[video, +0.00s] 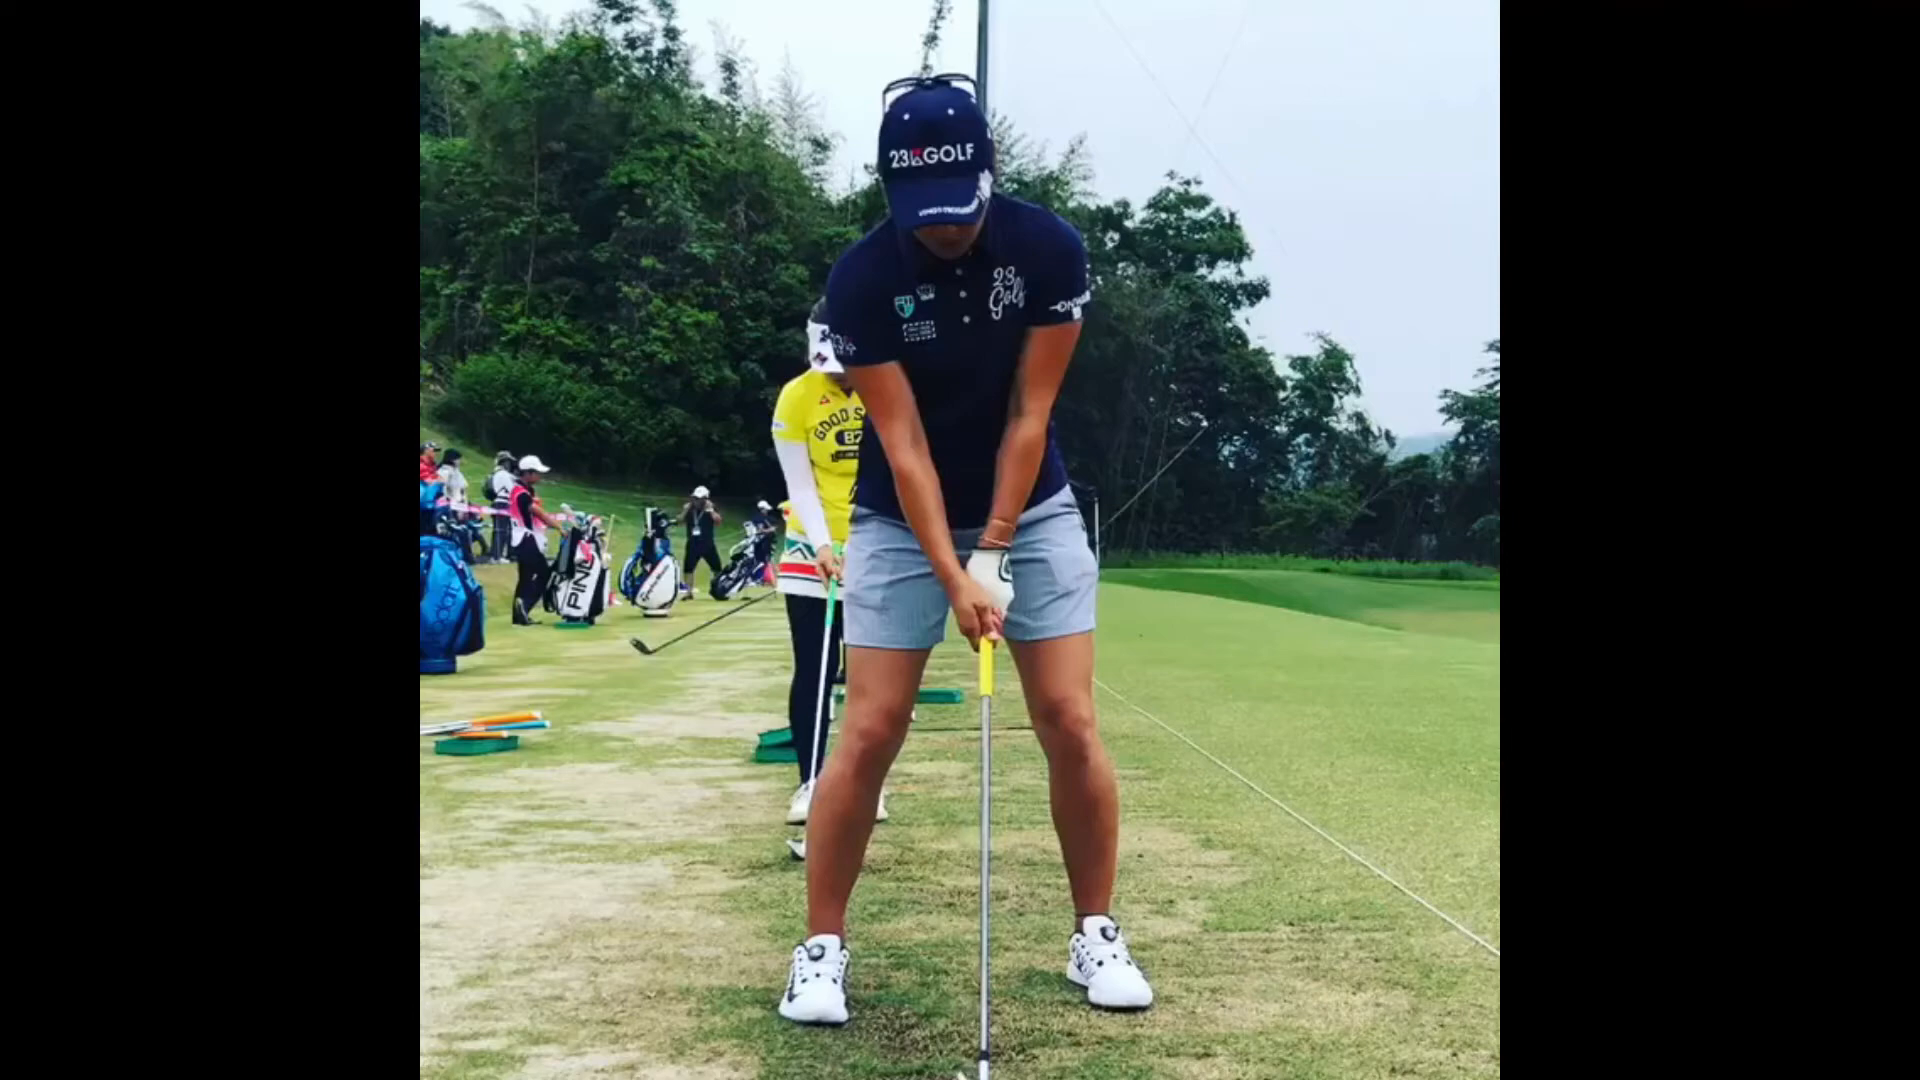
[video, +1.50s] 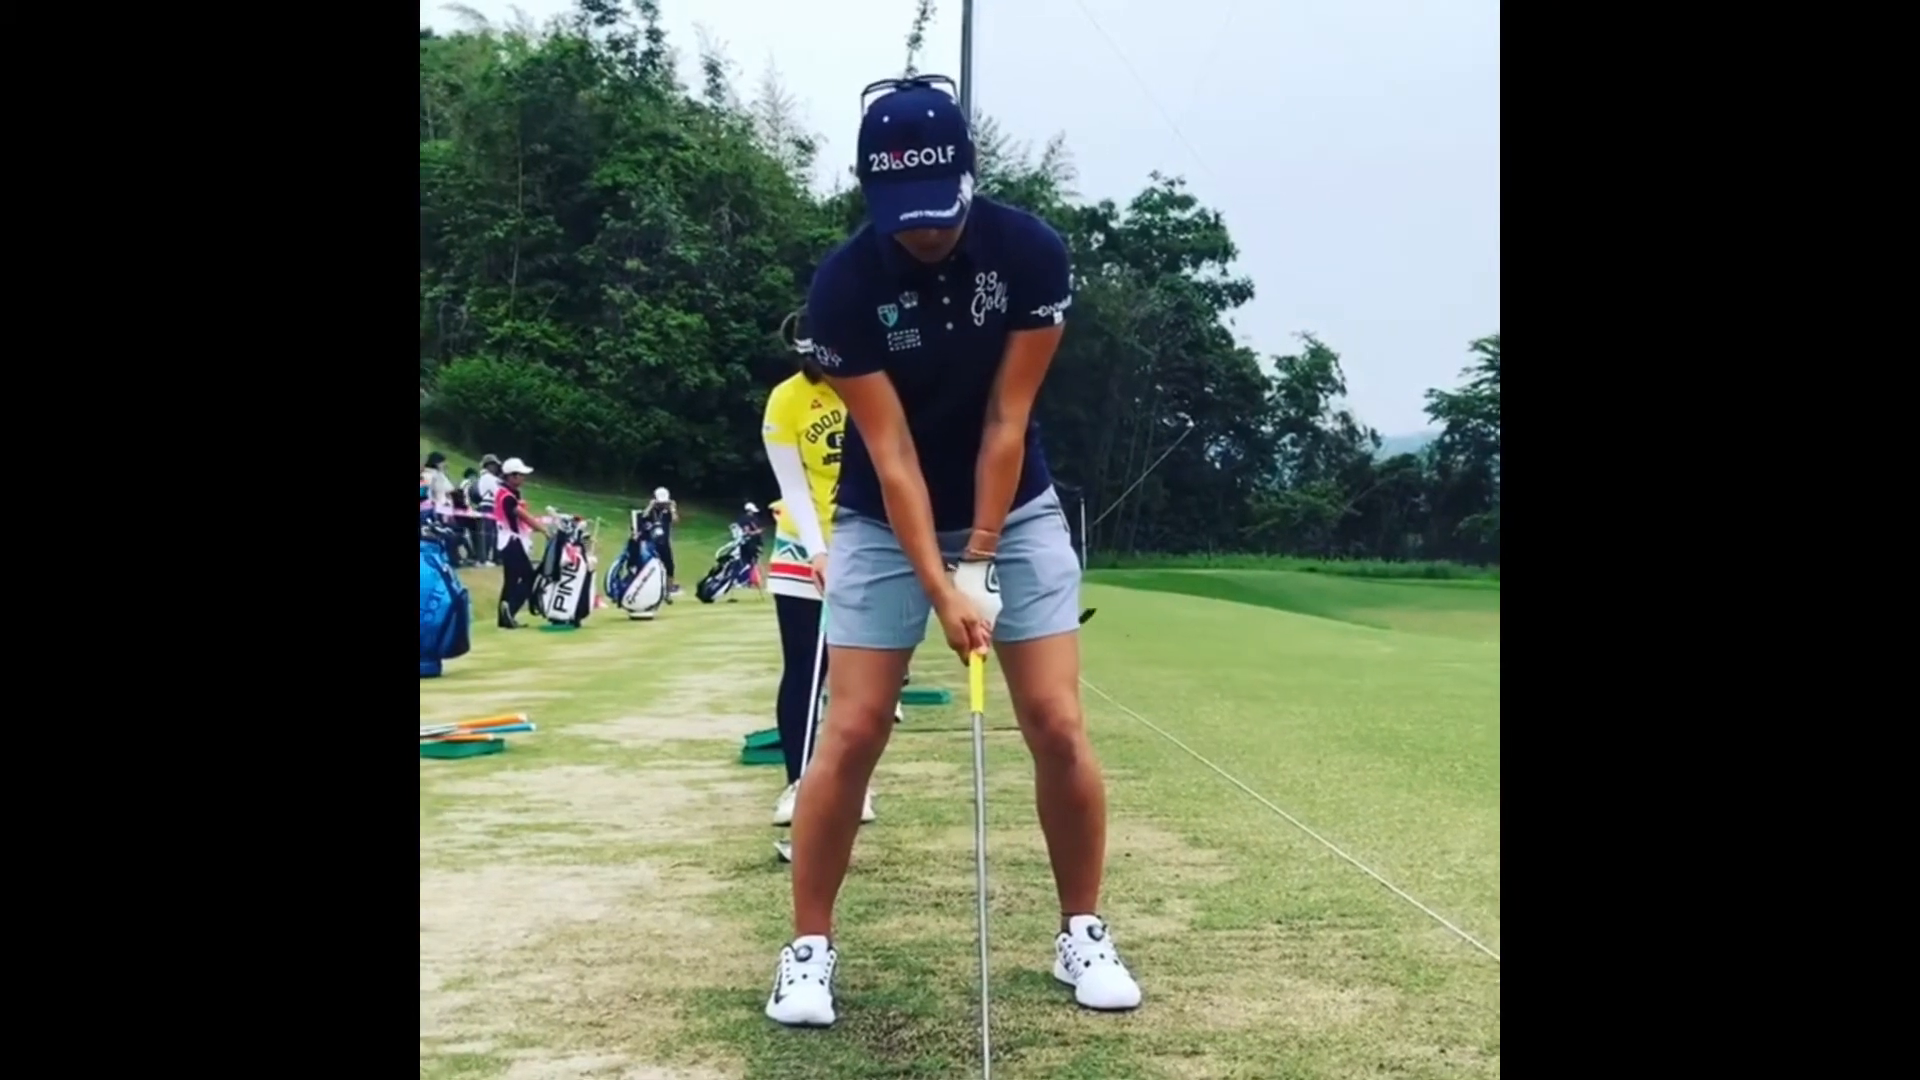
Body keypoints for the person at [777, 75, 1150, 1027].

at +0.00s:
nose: (946, 224)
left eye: (961, 203)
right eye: (926, 208)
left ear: (988, 174)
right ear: (894, 185)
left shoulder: (1046, 250)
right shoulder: (859, 283)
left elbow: (1031, 412)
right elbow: (902, 442)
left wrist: (991, 548)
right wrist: (950, 571)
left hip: (1029, 505)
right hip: (898, 513)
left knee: (1069, 721)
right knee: (872, 727)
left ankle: (1097, 934)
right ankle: (822, 945)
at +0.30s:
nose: (939, 226)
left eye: (955, 205)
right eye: (920, 209)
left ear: (982, 176)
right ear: (888, 188)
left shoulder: (1041, 254)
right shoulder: (855, 285)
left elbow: (1022, 417)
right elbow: (898, 447)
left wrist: (986, 554)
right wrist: (946, 579)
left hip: (1023, 506)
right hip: (893, 513)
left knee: (1065, 724)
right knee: (865, 731)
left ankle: (1091, 937)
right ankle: (816, 948)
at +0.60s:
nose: (926, 226)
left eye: (941, 205)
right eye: (906, 209)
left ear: (968, 176)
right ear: (873, 188)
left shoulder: (1028, 256)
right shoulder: (838, 288)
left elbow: (1005, 421)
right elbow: (886, 456)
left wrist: (972, 559)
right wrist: (932, 585)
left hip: (1009, 509)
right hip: (879, 516)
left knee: (1052, 726)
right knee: (851, 731)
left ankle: (1078, 938)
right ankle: (803, 950)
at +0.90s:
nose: (915, 224)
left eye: (930, 202)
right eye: (894, 207)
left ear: (957, 171)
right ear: (861, 185)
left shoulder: (1018, 253)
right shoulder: (828, 285)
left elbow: (995, 417)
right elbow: (876, 453)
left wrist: (964, 557)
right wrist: (924, 583)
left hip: (1000, 507)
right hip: (869, 515)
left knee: (1046, 724)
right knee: (843, 729)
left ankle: (1071, 933)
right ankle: (796, 947)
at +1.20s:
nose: (918, 221)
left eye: (933, 200)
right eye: (897, 205)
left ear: (960, 171)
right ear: (865, 183)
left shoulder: (1020, 250)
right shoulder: (831, 284)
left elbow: (999, 415)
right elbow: (880, 452)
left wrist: (968, 554)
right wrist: (928, 581)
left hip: (1004, 502)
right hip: (873, 510)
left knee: (1049, 723)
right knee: (847, 726)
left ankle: (1075, 930)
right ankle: (801, 943)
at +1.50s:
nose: (928, 228)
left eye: (943, 207)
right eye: (908, 211)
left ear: (970, 176)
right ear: (875, 188)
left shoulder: (1029, 253)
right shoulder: (841, 286)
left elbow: (1009, 417)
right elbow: (891, 456)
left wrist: (980, 558)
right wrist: (939, 585)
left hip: (1012, 505)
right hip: (882, 513)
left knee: (1058, 725)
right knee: (855, 729)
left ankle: (1083, 933)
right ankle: (809, 946)